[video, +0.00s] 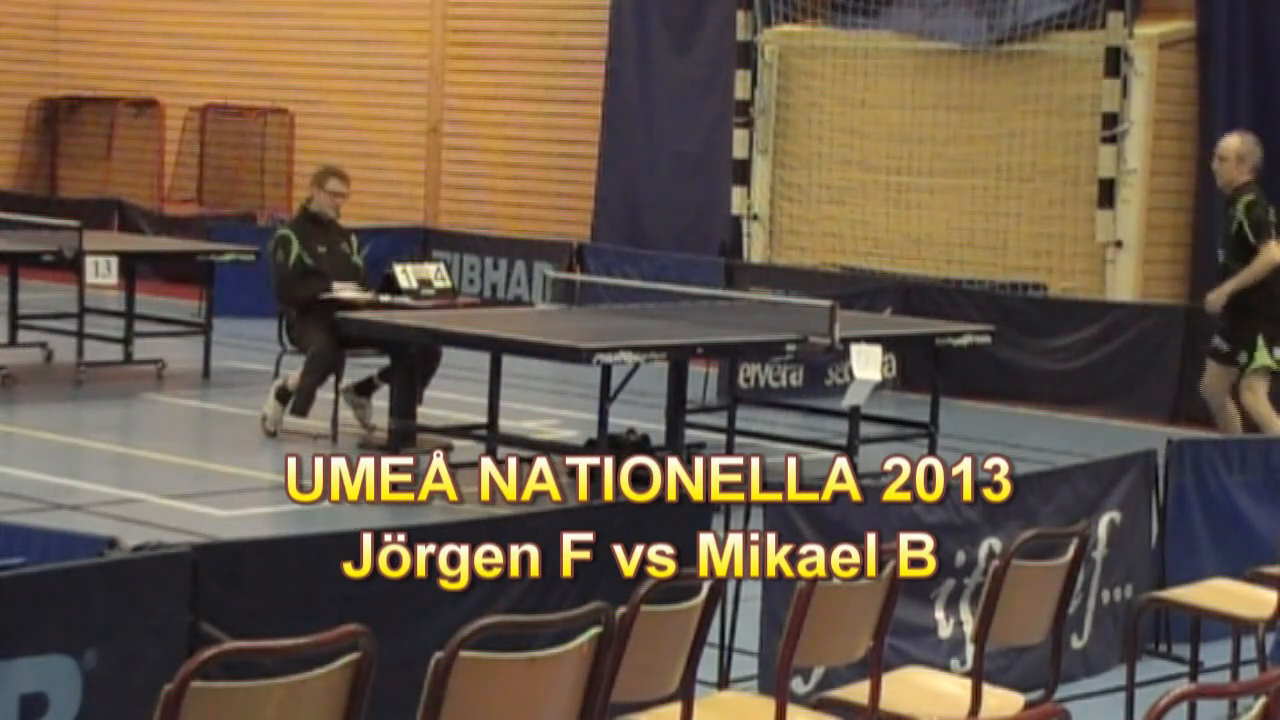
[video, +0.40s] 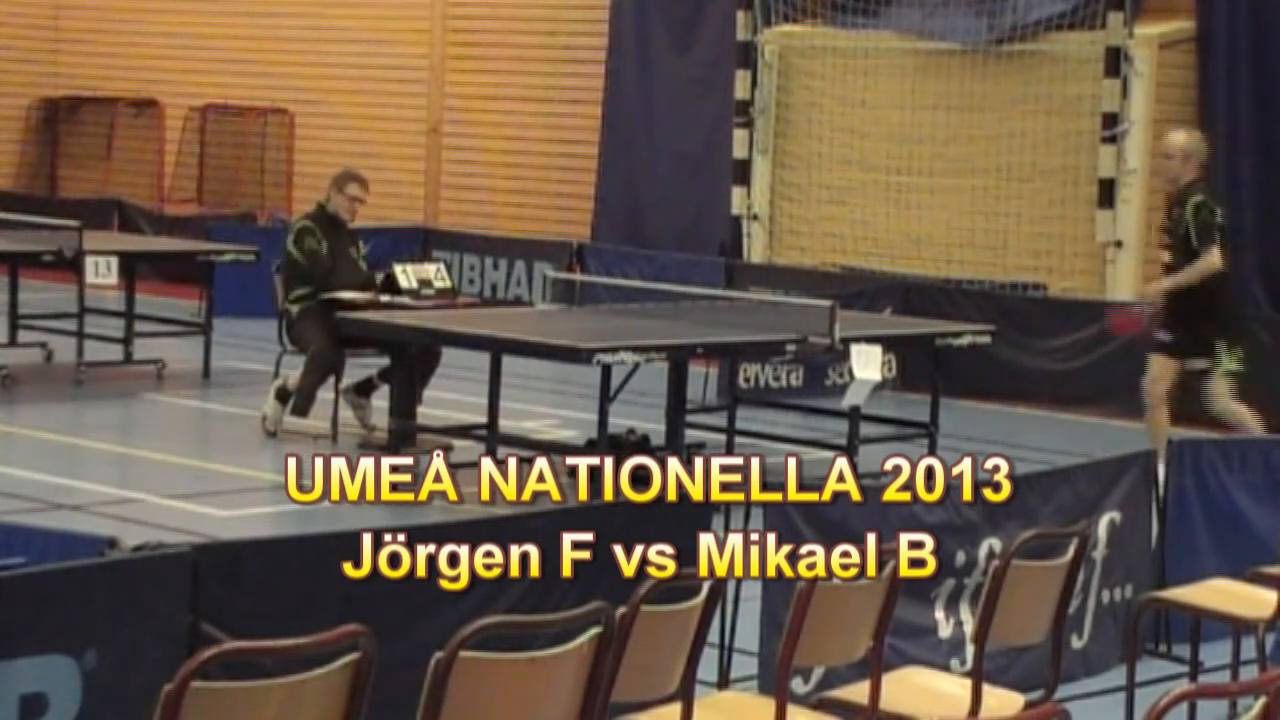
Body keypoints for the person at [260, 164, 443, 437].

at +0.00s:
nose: (339, 203)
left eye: (343, 197)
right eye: (333, 195)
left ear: (346, 198)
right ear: (314, 192)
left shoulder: (346, 236)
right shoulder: (290, 235)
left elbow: (360, 282)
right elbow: (287, 290)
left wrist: (366, 295)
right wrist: (331, 287)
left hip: (351, 318)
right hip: (310, 317)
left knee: (425, 351)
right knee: (328, 354)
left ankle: (362, 391)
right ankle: (283, 393)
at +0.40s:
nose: (356, 208)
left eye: (360, 203)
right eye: (351, 199)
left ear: (363, 204)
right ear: (332, 193)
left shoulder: (351, 237)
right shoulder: (305, 229)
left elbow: (360, 281)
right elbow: (324, 278)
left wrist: (391, 281)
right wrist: (369, 281)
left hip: (351, 314)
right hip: (310, 313)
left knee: (426, 351)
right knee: (328, 355)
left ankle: (361, 391)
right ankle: (283, 393)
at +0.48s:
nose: (358, 209)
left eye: (363, 203)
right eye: (354, 200)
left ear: (365, 204)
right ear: (336, 194)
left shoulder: (352, 237)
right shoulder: (309, 229)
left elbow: (360, 281)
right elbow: (327, 278)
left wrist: (394, 281)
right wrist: (373, 283)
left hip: (350, 313)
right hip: (310, 312)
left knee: (425, 351)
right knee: (328, 355)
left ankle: (361, 391)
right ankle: (283, 392)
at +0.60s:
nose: (362, 210)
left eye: (366, 204)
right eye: (357, 201)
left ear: (368, 205)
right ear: (339, 194)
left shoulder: (354, 238)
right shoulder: (312, 228)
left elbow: (363, 282)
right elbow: (334, 277)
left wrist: (398, 280)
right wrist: (377, 283)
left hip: (350, 313)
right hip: (310, 312)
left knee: (425, 350)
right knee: (328, 354)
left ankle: (361, 391)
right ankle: (283, 392)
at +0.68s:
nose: (363, 210)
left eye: (368, 204)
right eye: (359, 200)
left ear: (370, 206)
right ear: (341, 194)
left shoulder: (354, 237)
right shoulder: (313, 227)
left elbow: (363, 281)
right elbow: (335, 276)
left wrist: (397, 280)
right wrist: (379, 282)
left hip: (349, 312)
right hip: (310, 311)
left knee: (425, 350)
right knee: (328, 355)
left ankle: (361, 391)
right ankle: (283, 392)